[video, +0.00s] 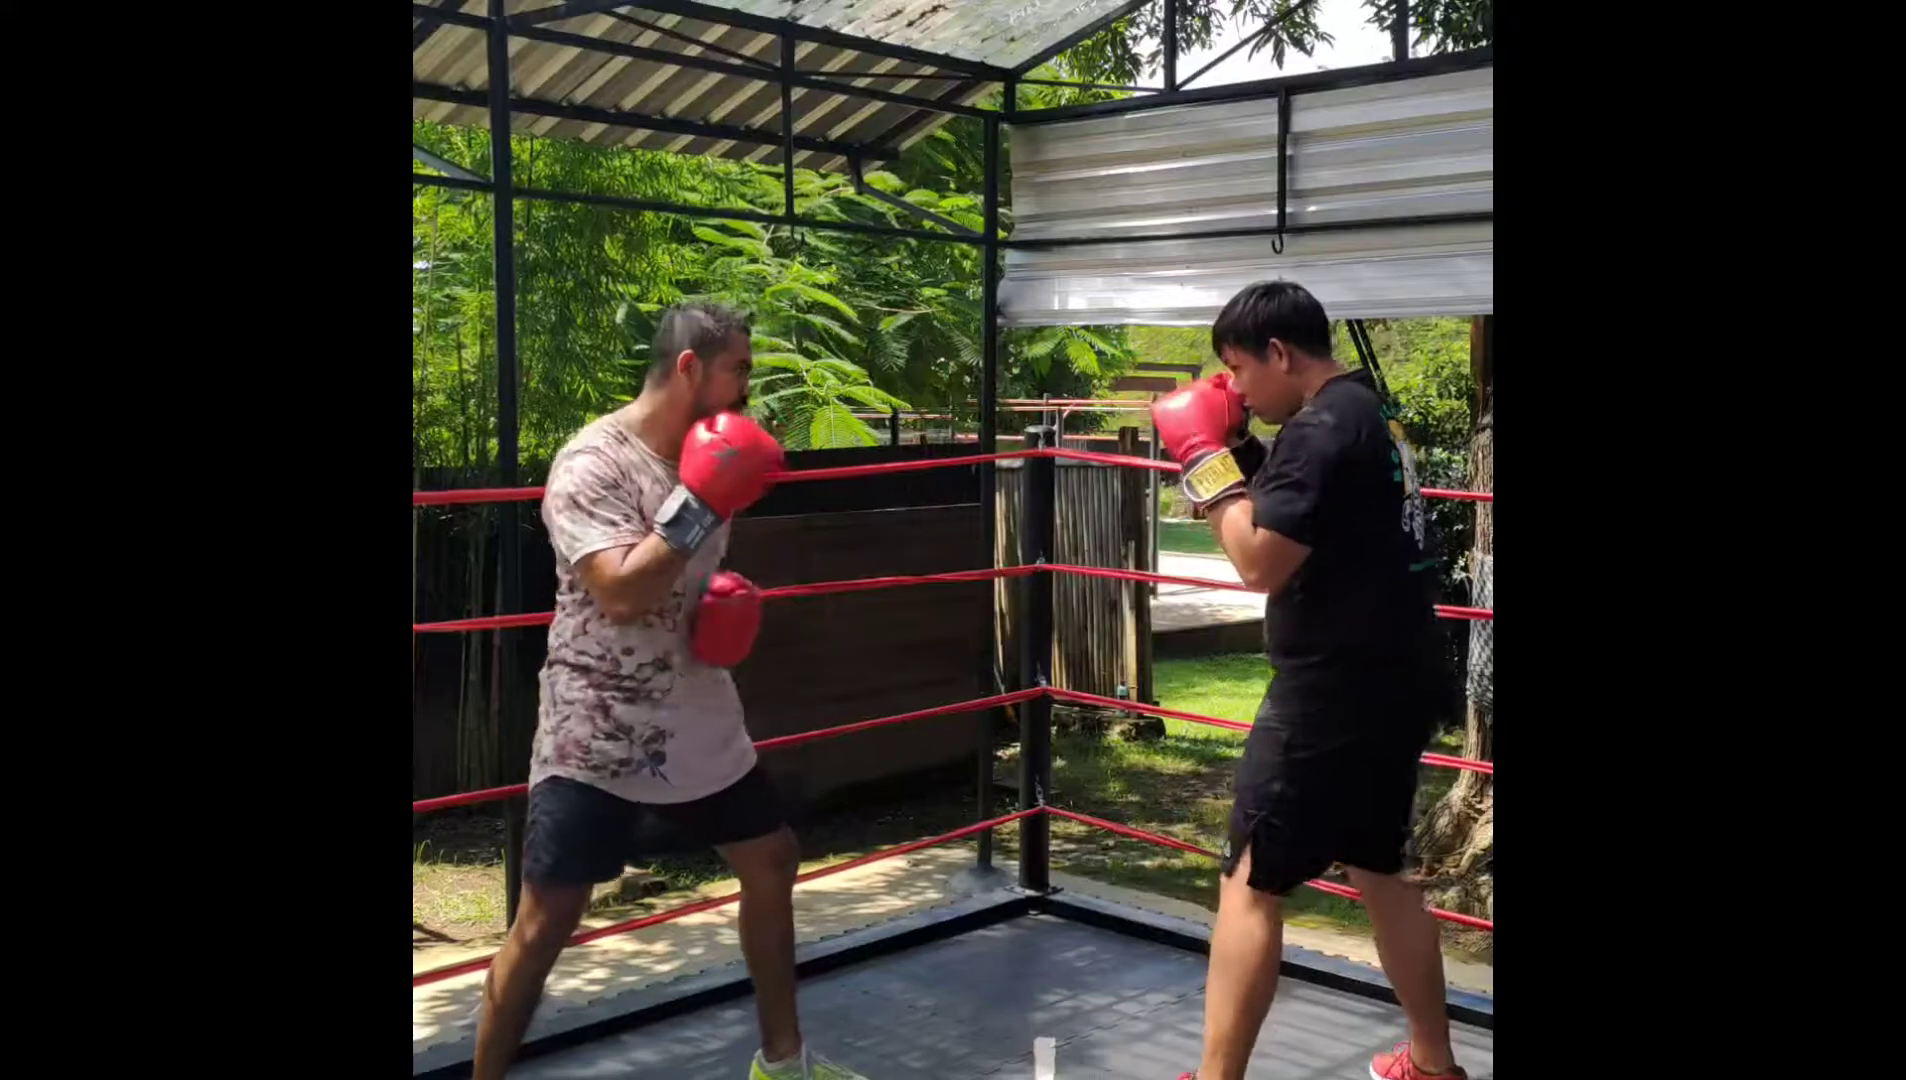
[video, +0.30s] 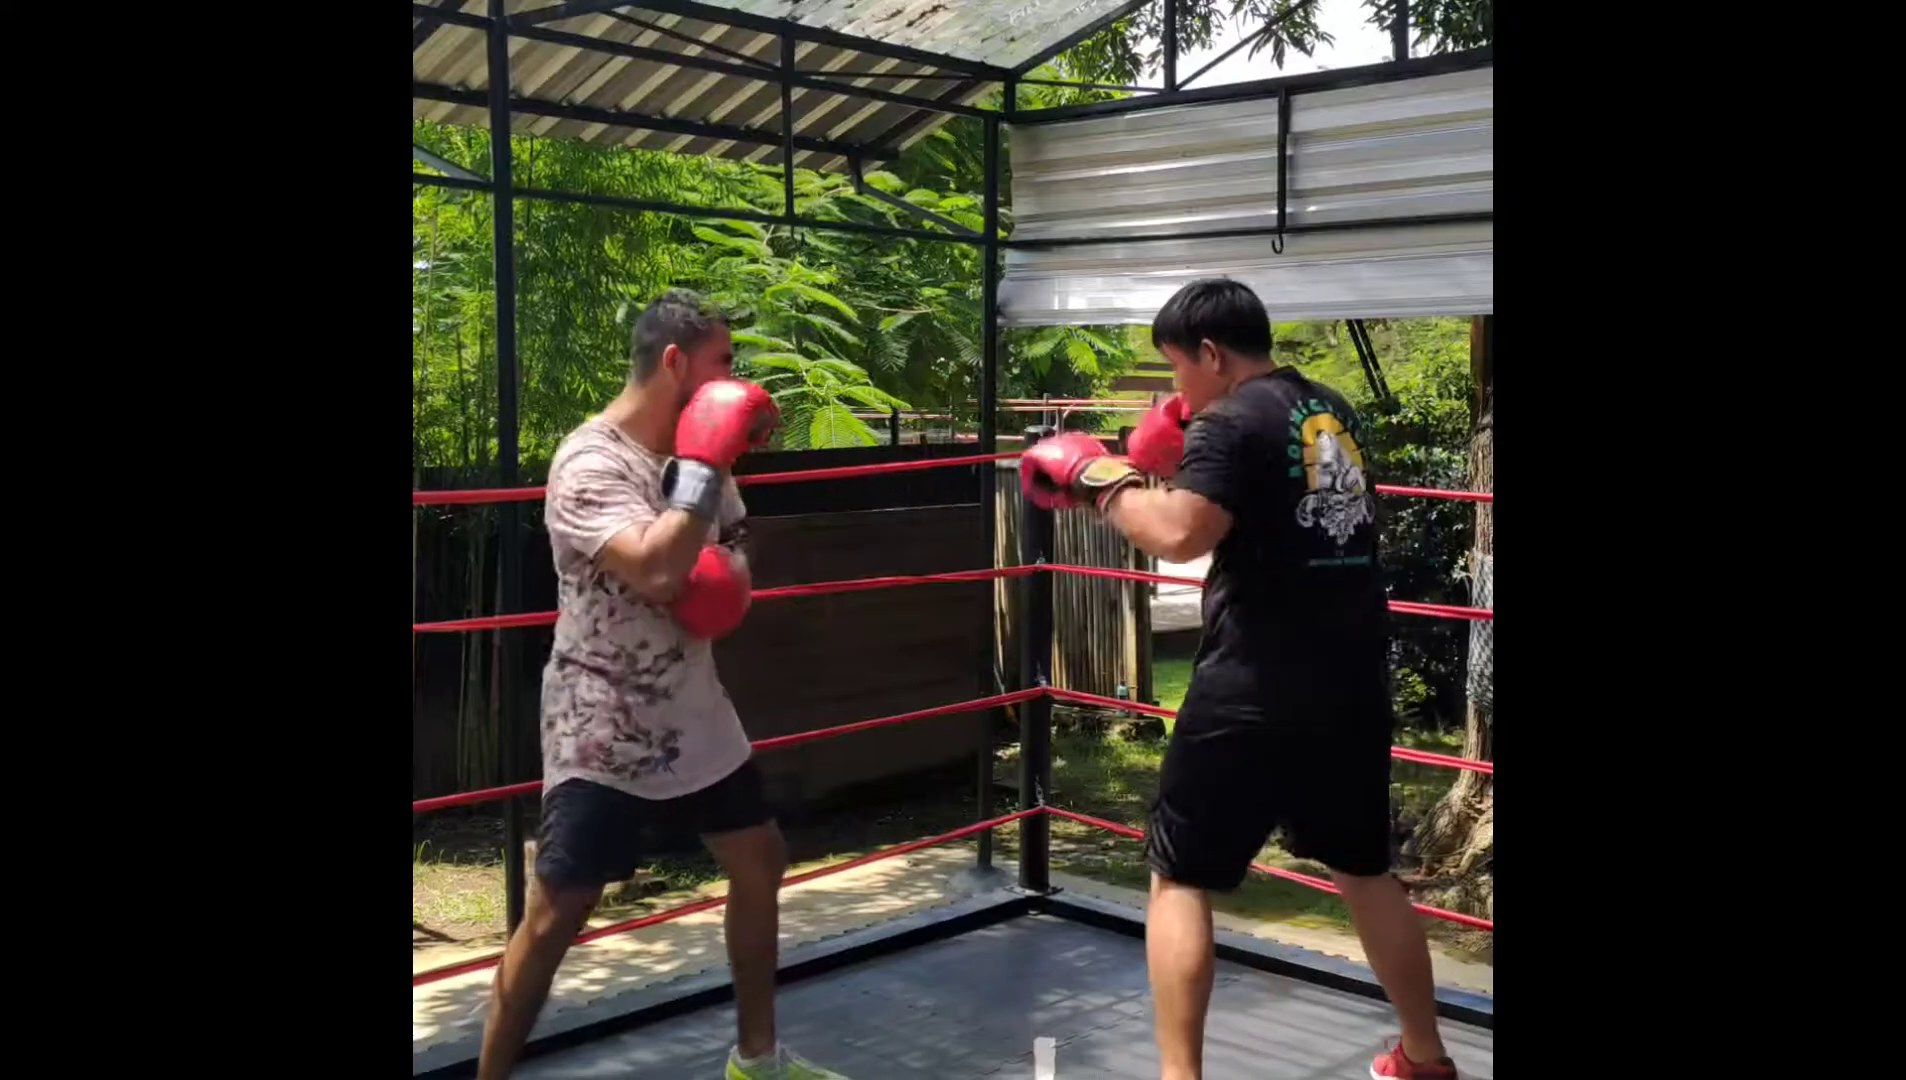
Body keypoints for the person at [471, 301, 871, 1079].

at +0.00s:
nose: (746, 391)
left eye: (749, 375)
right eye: (740, 372)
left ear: (697, 371)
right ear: (688, 367)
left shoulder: (708, 466)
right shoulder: (585, 465)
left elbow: (698, 586)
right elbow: (620, 593)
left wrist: (727, 615)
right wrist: (702, 501)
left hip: (702, 732)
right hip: (595, 739)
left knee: (771, 862)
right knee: (544, 922)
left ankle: (783, 1056)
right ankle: (486, 1074)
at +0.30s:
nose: (728, 379)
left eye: (730, 365)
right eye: (720, 362)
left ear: (675, 362)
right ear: (672, 360)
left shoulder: (696, 453)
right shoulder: (584, 463)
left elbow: (738, 551)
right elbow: (654, 573)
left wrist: (724, 583)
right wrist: (701, 462)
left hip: (693, 708)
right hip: (600, 719)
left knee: (759, 862)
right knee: (556, 912)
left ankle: (758, 1055)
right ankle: (490, 1074)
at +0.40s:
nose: (738, 375)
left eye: (740, 358)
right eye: (733, 357)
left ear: (677, 356)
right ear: (692, 355)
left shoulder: (673, 442)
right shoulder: (628, 446)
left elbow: (674, 554)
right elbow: (756, 507)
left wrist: (729, 576)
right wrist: (814, 408)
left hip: (698, 715)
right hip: (624, 725)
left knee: (756, 863)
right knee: (571, 921)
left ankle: (759, 1055)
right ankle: (497, 1073)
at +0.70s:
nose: (721, 376)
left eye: (721, 360)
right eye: (713, 359)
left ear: (662, 361)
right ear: (668, 360)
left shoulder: (662, 454)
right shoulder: (588, 463)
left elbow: (695, 556)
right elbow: (688, 573)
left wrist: (717, 587)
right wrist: (735, 477)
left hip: (683, 720)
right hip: (601, 730)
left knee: (741, 867)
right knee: (562, 927)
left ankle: (758, 1053)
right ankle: (488, 1074)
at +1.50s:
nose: (758, 395)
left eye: (762, 379)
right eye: (750, 376)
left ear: (710, 372)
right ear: (695, 366)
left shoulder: (724, 468)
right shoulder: (598, 463)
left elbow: (760, 543)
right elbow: (620, 576)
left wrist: (817, 542)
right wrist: (714, 505)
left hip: (724, 725)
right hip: (618, 734)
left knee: (797, 868)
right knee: (559, 927)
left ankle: (809, 1054)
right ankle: (489, 1074)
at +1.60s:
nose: (790, 396)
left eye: (794, 382)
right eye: (782, 378)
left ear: (743, 376)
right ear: (726, 369)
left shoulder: (781, 456)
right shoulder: (631, 451)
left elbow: (897, 463)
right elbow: (624, 572)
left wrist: (976, 423)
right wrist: (721, 494)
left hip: (740, 723)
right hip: (629, 726)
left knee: (812, 866)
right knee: (570, 911)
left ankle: (811, 1052)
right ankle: (499, 1072)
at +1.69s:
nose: (802, 407)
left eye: (806, 391)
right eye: (795, 388)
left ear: (753, 378)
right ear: (741, 374)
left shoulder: (790, 455)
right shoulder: (641, 458)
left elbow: (905, 469)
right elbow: (637, 580)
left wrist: (987, 448)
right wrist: (734, 501)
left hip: (750, 729)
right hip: (635, 731)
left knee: (820, 867)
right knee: (572, 910)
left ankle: (811, 1052)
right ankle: (500, 1072)